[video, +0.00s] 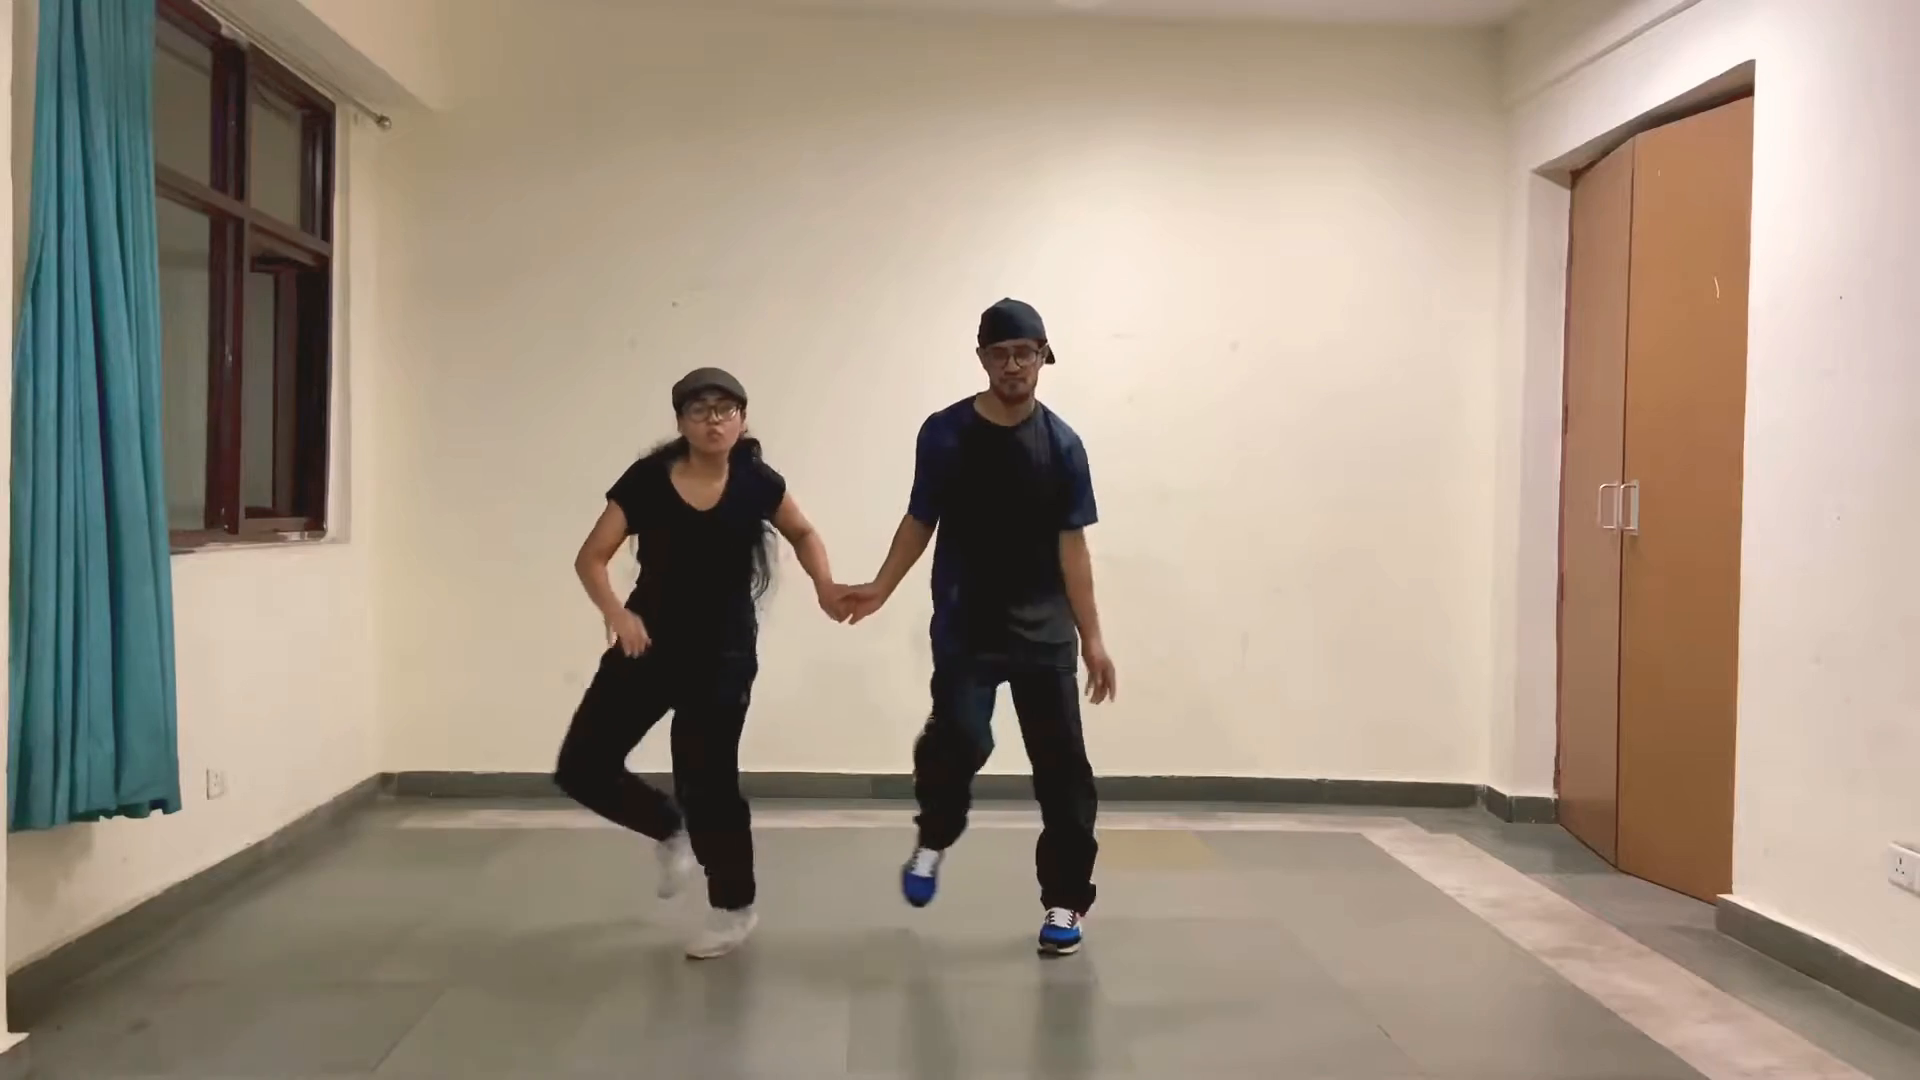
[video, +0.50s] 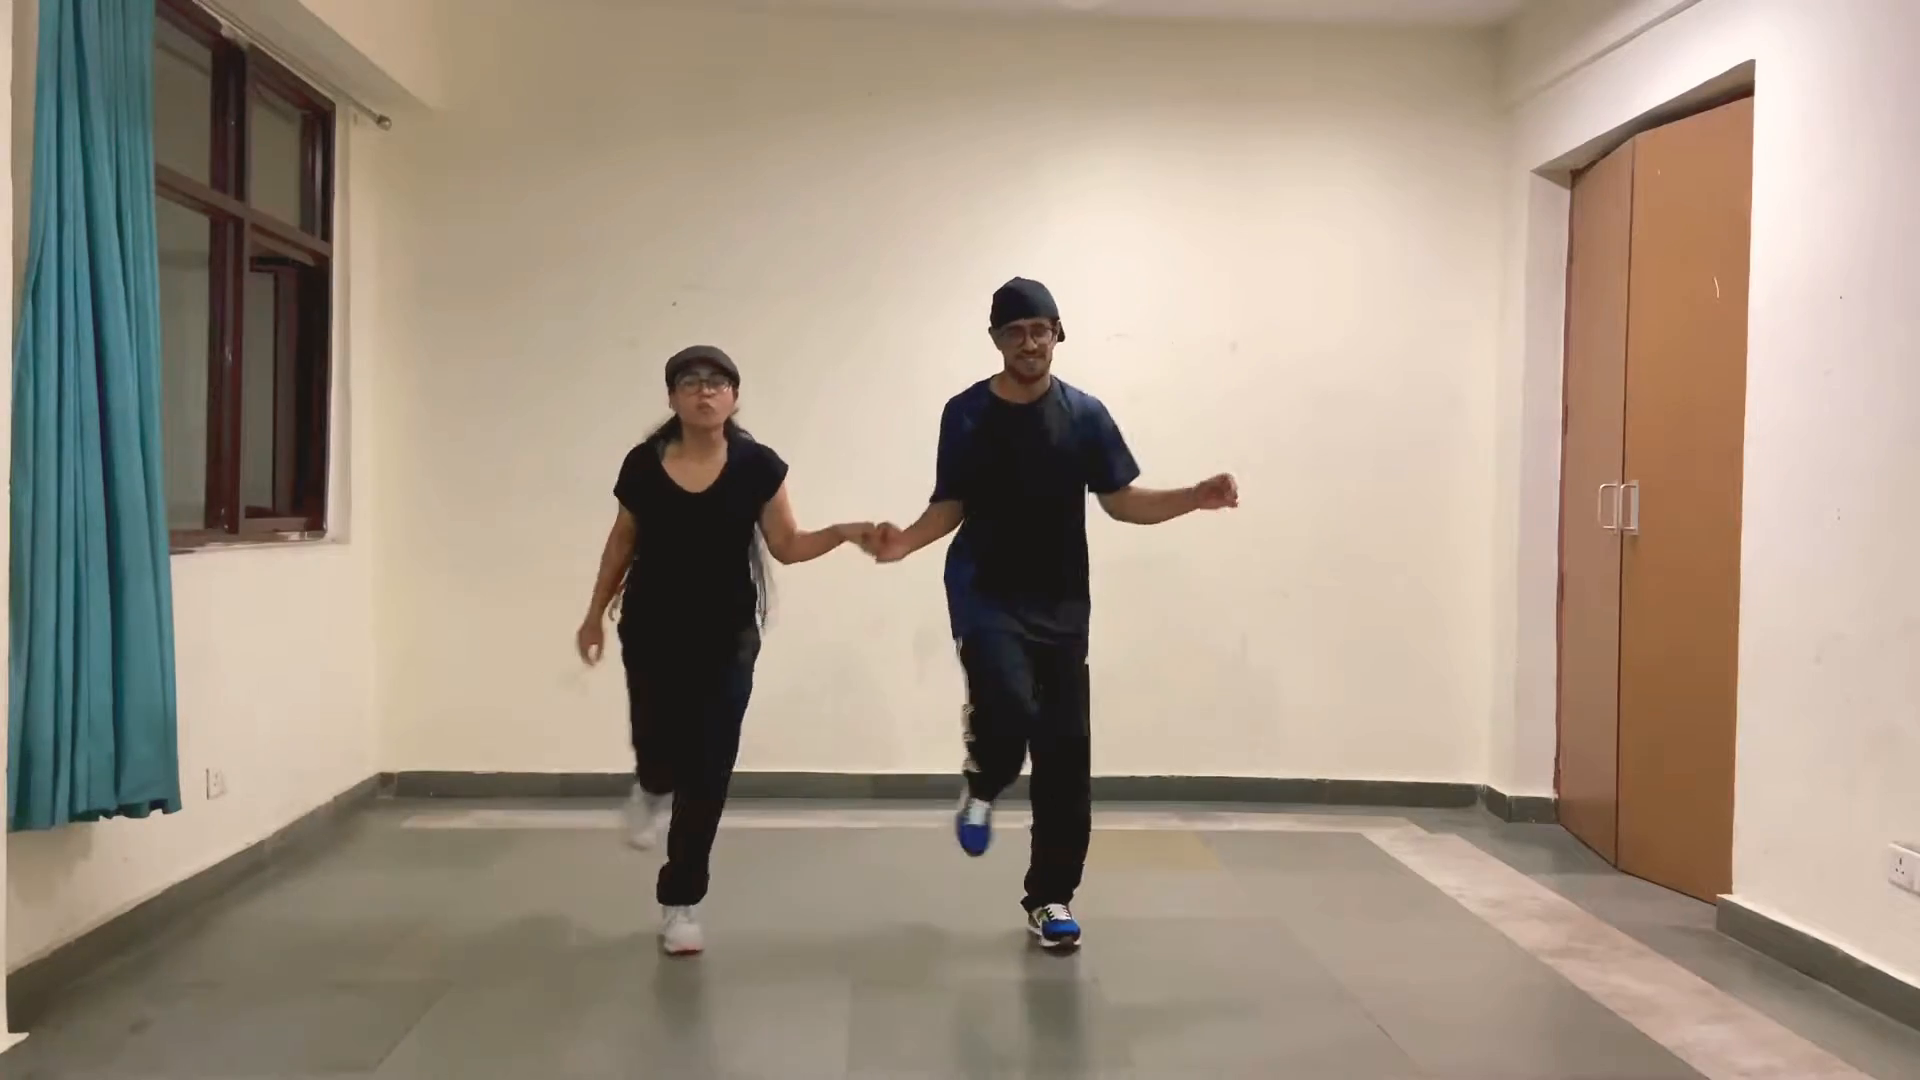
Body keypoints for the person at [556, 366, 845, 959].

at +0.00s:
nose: (717, 419)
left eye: (727, 409)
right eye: (703, 410)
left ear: (742, 420)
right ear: (681, 421)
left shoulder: (758, 483)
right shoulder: (647, 481)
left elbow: (802, 533)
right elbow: (590, 559)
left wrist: (826, 584)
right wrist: (616, 612)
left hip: (721, 654)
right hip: (649, 646)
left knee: (706, 779)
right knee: (582, 771)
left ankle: (735, 907)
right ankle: (671, 826)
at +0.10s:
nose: (704, 424)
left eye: (714, 413)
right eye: (690, 414)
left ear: (730, 421)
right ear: (669, 423)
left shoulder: (744, 485)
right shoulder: (634, 486)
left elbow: (804, 525)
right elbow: (568, 562)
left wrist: (811, 564)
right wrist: (581, 638)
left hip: (700, 656)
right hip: (627, 646)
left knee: (677, 774)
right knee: (554, 759)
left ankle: (707, 902)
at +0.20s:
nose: (691, 442)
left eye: (702, 431)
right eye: (677, 431)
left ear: (717, 441)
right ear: (656, 440)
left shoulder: (736, 502)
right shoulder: (619, 503)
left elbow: (806, 534)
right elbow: (541, 562)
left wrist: (783, 563)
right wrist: (540, 645)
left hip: (682, 673)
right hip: (606, 661)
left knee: (657, 789)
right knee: (551, 776)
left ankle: (659, 909)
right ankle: (513, 885)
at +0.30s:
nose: (690, 425)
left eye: (701, 417)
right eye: (676, 417)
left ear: (716, 431)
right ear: (656, 431)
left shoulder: (740, 499)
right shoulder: (620, 499)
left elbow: (799, 546)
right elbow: (554, 558)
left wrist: (785, 581)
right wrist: (517, 636)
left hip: (692, 667)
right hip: (617, 656)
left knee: (663, 787)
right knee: (561, 774)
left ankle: (671, 909)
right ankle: (518, 881)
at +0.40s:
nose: (698, 412)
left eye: (709, 403)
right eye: (685, 404)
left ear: (727, 415)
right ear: (666, 418)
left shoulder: (753, 485)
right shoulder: (637, 485)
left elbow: (792, 551)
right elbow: (591, 555)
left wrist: (827, 565)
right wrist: (542, 627)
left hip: (708, 656)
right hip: (633, 647)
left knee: (688, 780)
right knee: (601, 766)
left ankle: (675, 905)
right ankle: (588, 829)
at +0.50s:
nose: (704, 393)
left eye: (716, 384)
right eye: (691, 384)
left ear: (734, 397)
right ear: (671, 398)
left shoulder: (758, 467)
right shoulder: (645, 466)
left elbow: (786, 546)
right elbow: (623, 539)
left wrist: (842, 532)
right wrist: (595, 612)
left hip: (725, 636)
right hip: (653, 630)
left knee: (707, 773)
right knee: (656, 741)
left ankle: (682, 902)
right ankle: (655, 794)